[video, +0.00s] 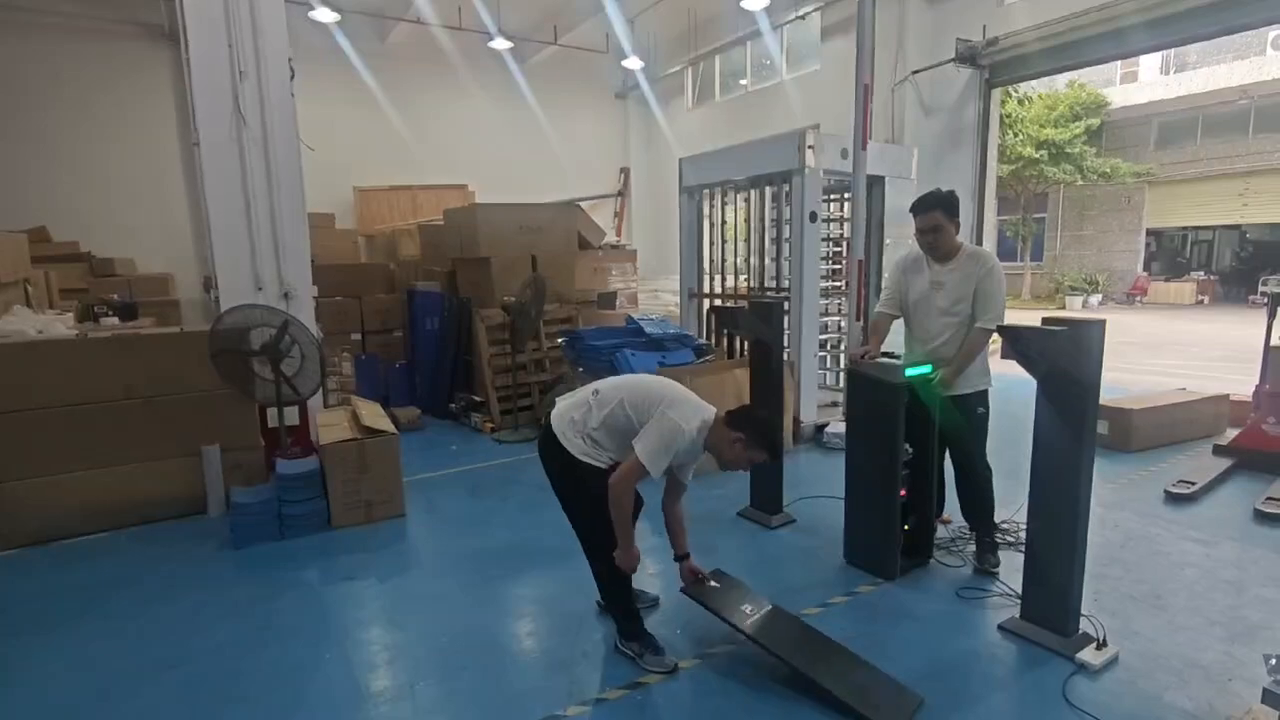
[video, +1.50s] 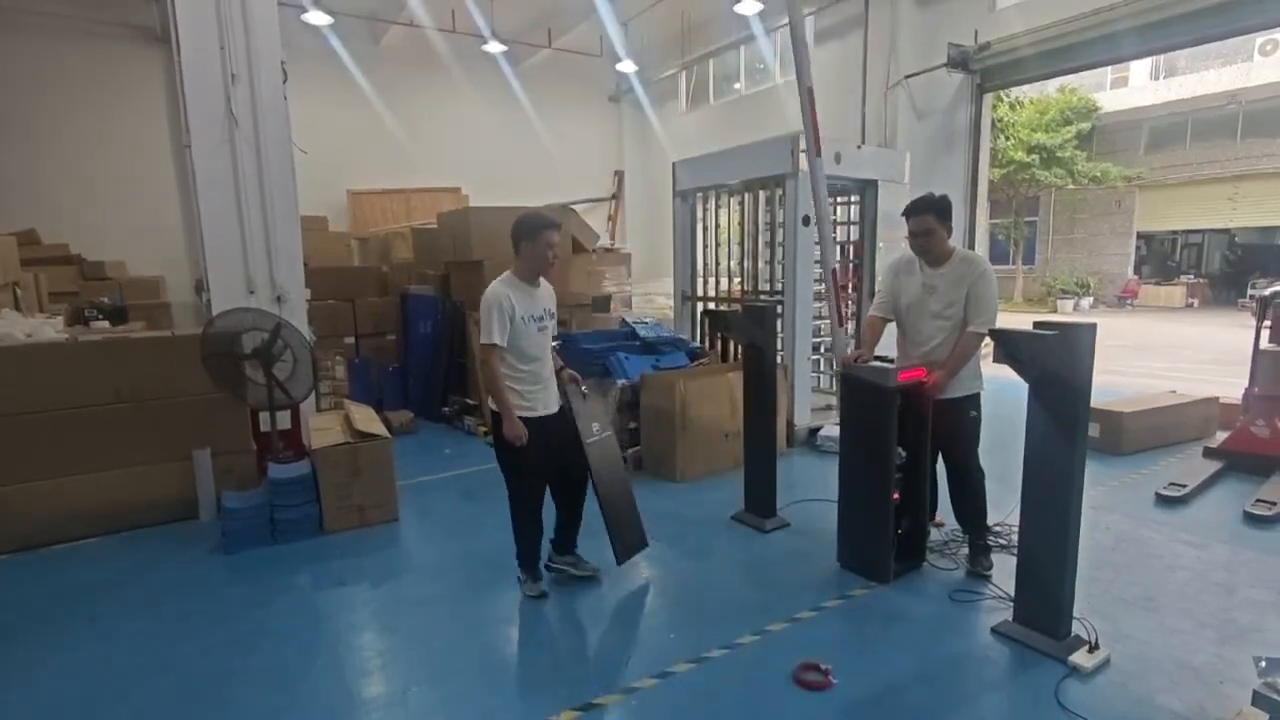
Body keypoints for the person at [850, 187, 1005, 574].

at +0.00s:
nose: (925, 240)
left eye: (934, 231)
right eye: (920, 232)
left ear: (956, 227)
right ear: (914, 229)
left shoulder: (984, 264)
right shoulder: (907, 264)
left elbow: (985, 326)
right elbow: (885, 311)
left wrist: (954, 368)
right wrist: (872, 344)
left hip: (967, 384)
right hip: (919, 382)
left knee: (971, 466)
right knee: (922, 466)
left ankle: (985, 539)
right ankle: (918, 544)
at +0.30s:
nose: (923, 239)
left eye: (931, 231)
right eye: (917, 231)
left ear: (954, 226)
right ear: (912, 229)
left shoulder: (981, 264)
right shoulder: (905, 264)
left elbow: (982, 326)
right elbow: (883, 311)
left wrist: (952, 369)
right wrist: (869, 345)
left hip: (965, 383)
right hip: (917, 382)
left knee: (969, 465)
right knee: (920, 464)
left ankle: (983, 538)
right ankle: (916, 543)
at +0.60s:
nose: (920, 240)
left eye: (928, 232)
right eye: (914, 232)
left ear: (951, 227)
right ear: (909, 229)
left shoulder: (978, 265)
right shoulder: (903, 264)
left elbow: (980, 326)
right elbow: (881, 310)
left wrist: (949, 368)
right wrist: (868, 345)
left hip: (962, 386)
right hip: (914, 385)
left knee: (966, 465)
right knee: (917, 467)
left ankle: (980, 538)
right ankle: (913, 545)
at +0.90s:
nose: (917, 241)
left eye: (925, 233)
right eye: (912, 233)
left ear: (948, 228)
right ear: (907, 230)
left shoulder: (976, 266)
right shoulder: (899, 265)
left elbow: (977, 327)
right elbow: (879, 311)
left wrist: (947, 369)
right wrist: (865, 346)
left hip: (959, 387)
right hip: (912, 386)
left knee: (964, 466)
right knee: (916, 467)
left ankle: (978, 539)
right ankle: (911, 545)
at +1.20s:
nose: (917, 242)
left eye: (925, 234)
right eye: (911, 234)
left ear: (948, 229)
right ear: (906, 232)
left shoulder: (975, 268)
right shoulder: (898, 266)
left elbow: (976, 329)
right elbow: (877, 313)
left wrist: (945, 371)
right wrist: (864, 348)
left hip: (958, 389)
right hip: (911, 388)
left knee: (963, 468)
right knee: (914, 469)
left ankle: (977, 540)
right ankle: (911, 544)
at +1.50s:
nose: (916, 243)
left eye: (924, 235)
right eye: (911, 236)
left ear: (948, 230)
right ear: (906, 233)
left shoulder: (976, 269)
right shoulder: (899, 267)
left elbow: (977, 330)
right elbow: (877, 315)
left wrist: (945, 372)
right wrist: (864, 350)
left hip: (958, 391)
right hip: (911, 389)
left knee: (964, 470)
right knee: (914, 470)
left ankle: (977, 543)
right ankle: (911, 546)